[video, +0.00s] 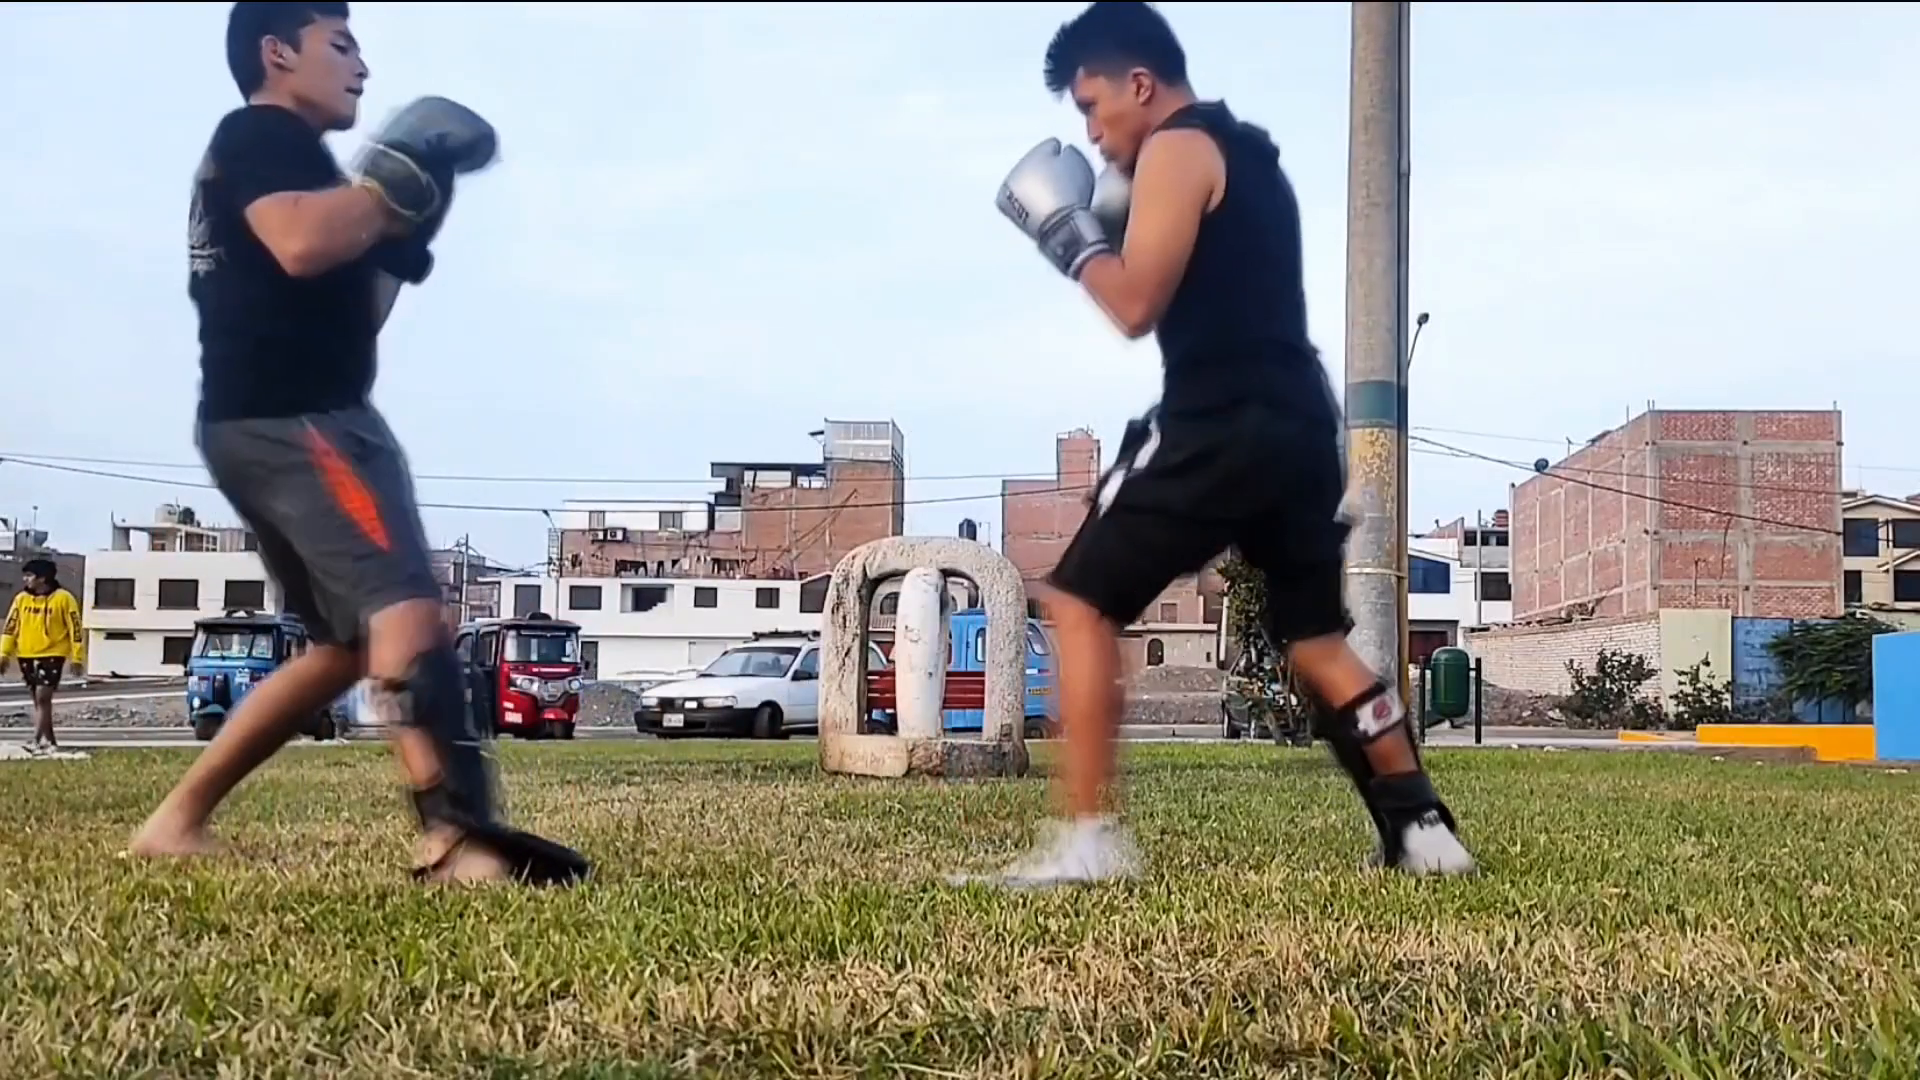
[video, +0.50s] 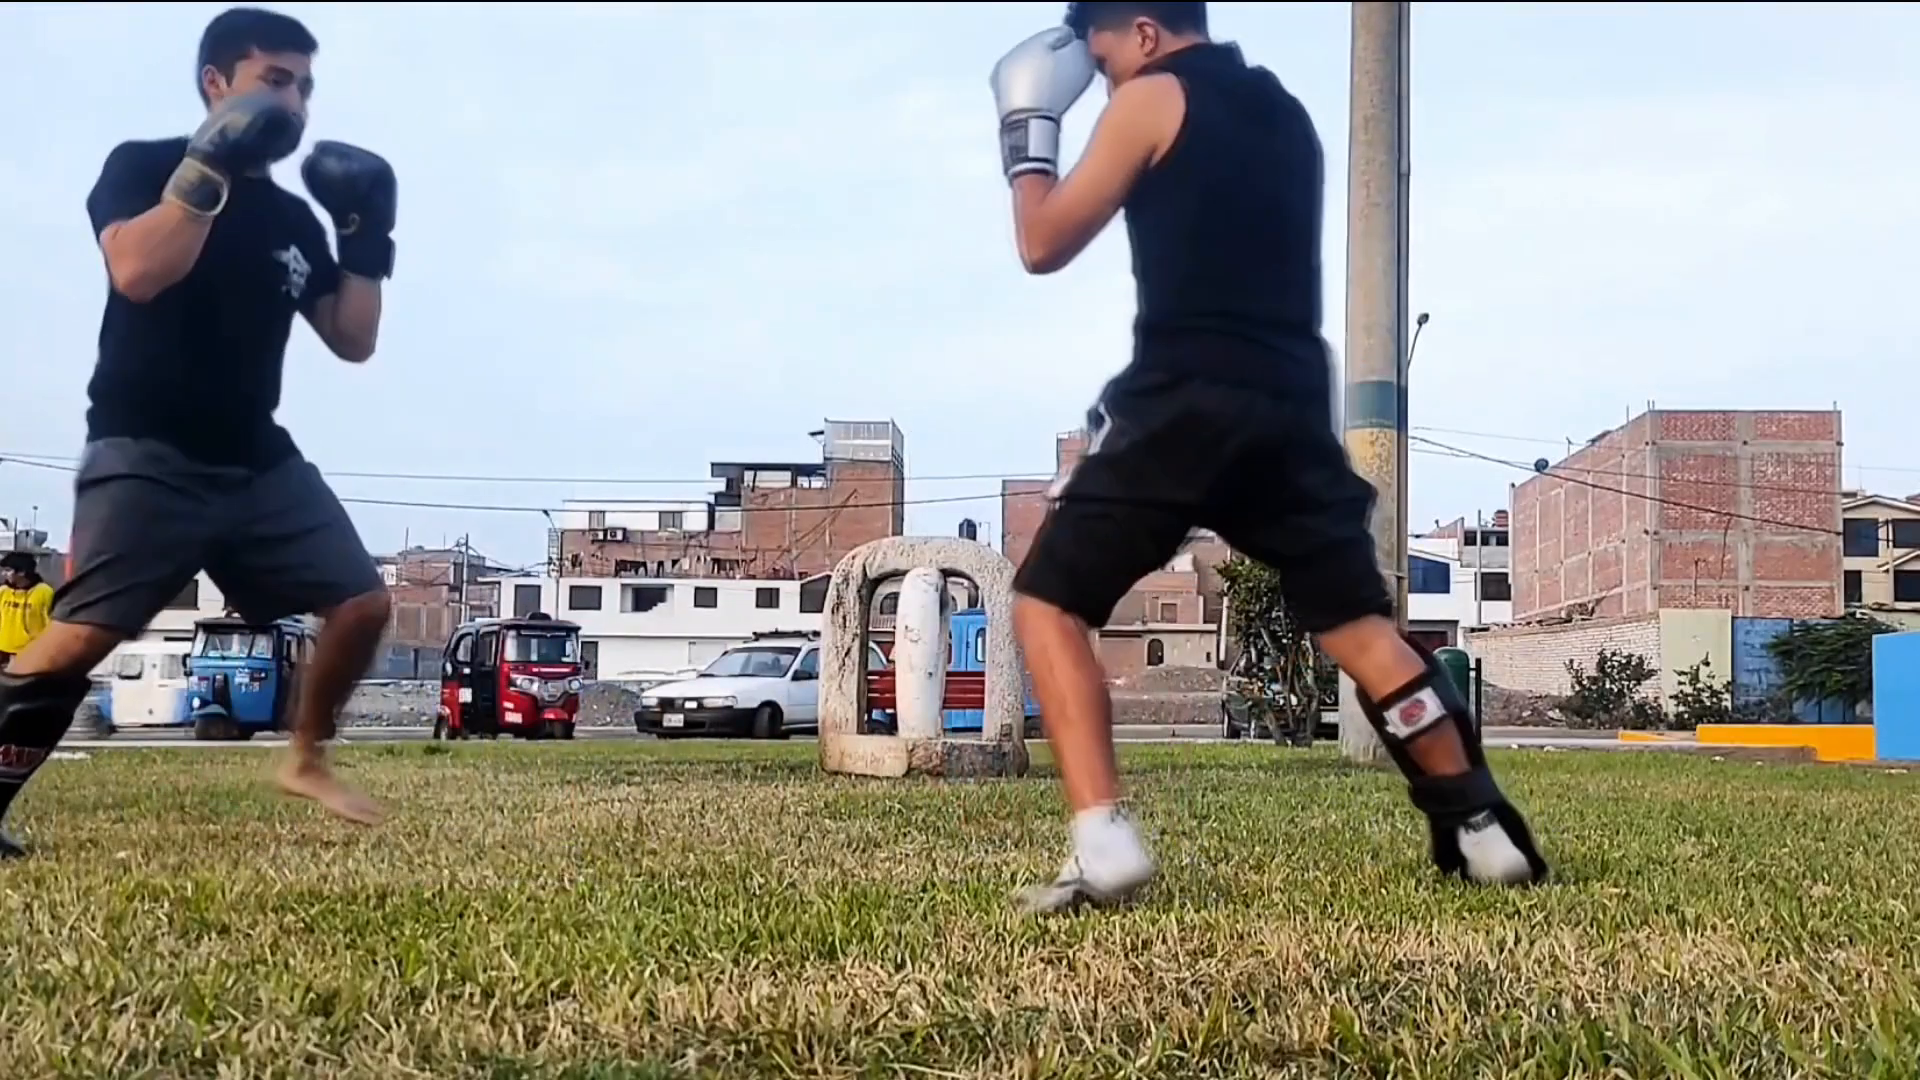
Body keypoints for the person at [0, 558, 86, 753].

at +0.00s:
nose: (25, 580)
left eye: (29, 576)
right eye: (25, 576)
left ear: (42, 578)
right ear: (35, 578)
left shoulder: (64, 598)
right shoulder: (21, 599)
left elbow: (76, 630)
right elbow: (10, 628)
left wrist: (77, 657)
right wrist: (4, 653)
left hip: (52, 653)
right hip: (27, 654)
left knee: (43, 696)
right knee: (38, 699)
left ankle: (36, 740)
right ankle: (50, 740)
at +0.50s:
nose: (4, 574)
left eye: (8, 571)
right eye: (4, 570)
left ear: (22, 572)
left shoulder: (44, 592)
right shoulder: (3, 591)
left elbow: (52, 625)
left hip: (32, 655)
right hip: (5, 653)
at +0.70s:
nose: (1, 576)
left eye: (3, 571)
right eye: (1, 571)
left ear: (10, 571)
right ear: (8, 571)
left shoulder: (29, 591)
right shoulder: (4, 592)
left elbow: (35, 627)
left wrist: (21, 655)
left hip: (18, 653)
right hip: (4, 652)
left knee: (21, 695)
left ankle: (29, 730)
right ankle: (3, 728)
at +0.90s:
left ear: (2, 564)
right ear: (4, 564)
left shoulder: (13, 585)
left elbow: (19, 624)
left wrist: (8, 652)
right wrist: (8, 651)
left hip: (6, 652)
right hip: (4, 651)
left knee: (5, 699)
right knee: (5, 699)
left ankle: (18, 733)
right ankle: (9, 736)